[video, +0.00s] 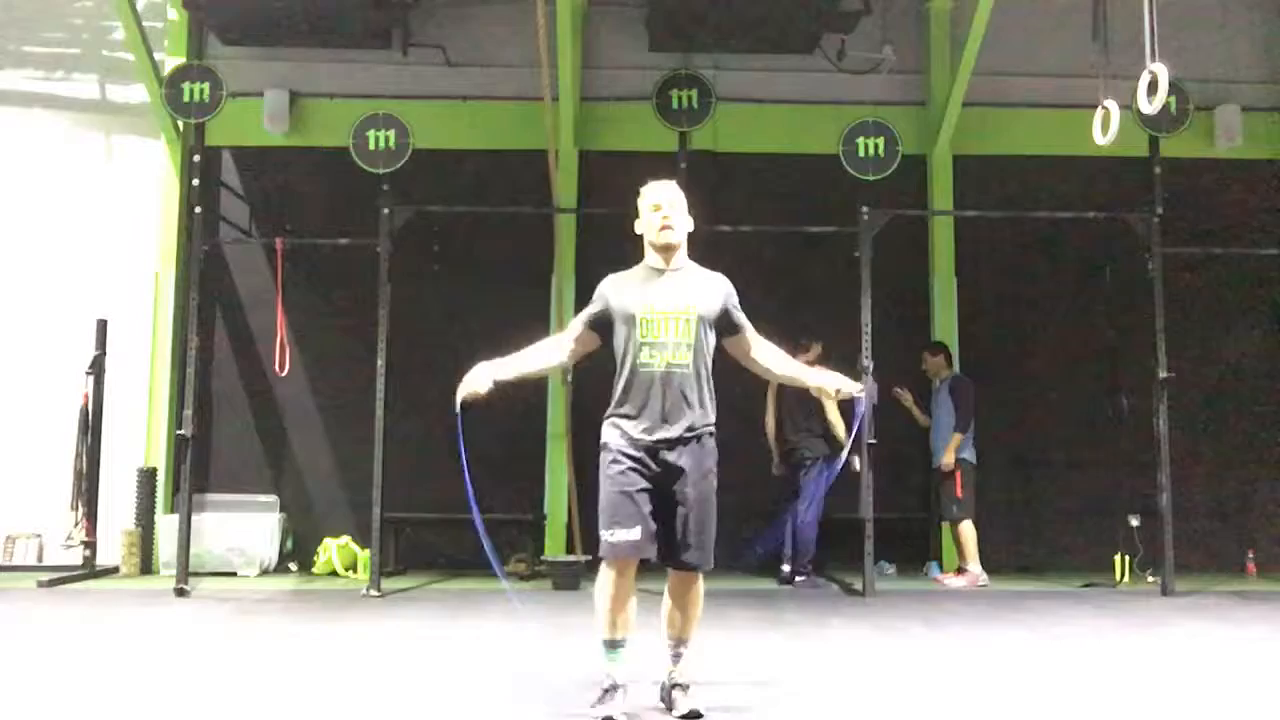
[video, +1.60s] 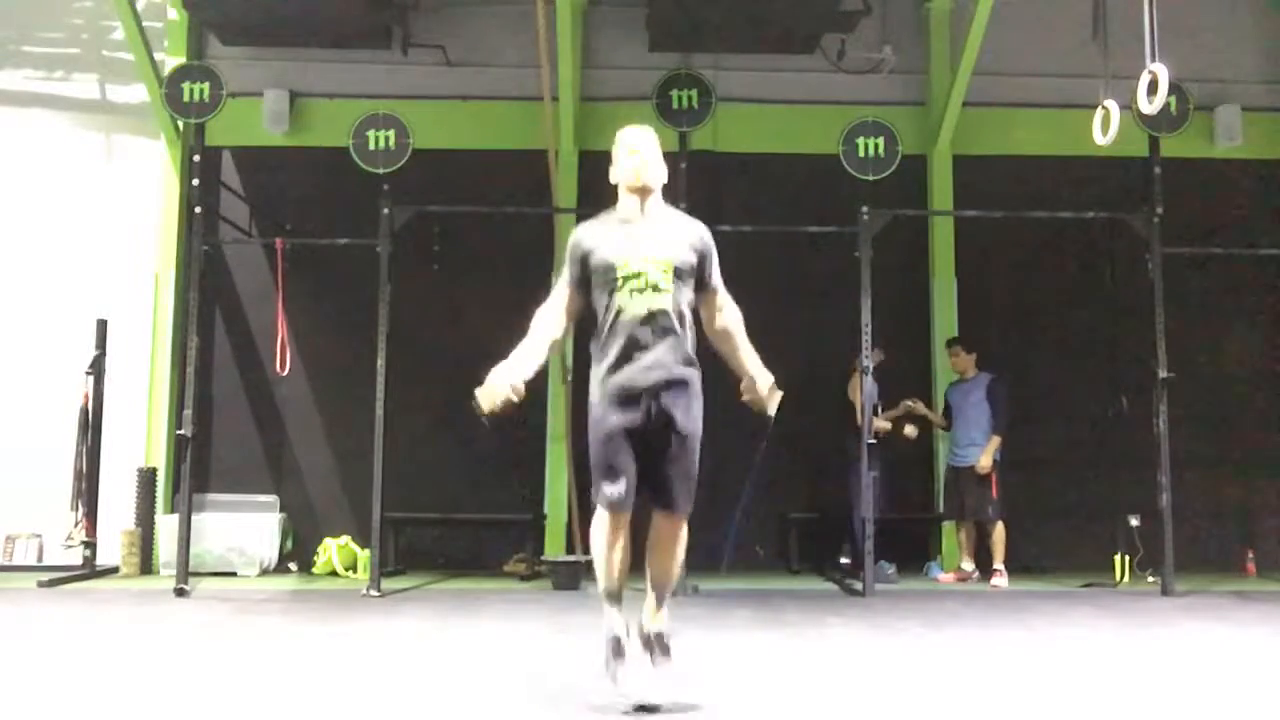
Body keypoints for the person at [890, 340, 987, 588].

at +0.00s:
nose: (924, 366)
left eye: (927, 360)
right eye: (923, 361)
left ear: (941, 358)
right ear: (936, 361)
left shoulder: (959, 384)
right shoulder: (937, 389)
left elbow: (964, 421)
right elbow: (929, 423)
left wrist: (950, 450)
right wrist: (911, 405)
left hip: (958, 457)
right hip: (942, 459)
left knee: (961, 515)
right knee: (952, 516)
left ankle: (974, 569)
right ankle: (965, 567)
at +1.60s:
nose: (952, 361)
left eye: (956, 356)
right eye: (950, 356)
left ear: (972, 356)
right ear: (951, 359)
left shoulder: (991, 384)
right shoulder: (952, 390)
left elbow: (1000, 423)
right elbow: (947, 424)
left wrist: (988, 453)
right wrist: (925, 411)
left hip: (983, 460)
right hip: (957, 463)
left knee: (991, 517)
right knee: (962, 517)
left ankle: (998, 569)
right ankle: (967, 567)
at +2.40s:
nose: (945, 364)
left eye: (948, 358)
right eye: (944, 358)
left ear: (963, 357)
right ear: (953, 359)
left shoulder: (990, 384)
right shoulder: (950, 389)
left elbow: (999, 425)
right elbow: (945, 423)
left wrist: (983, 459)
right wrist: (915, 440)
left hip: (985, 462)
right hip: (956, 463)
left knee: (992, 517)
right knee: (953, 518)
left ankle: (998, 568)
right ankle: (954, 573)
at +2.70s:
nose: (920, 361)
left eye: (924, 355)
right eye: (920, 356)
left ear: (939, 355)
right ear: (934, 357)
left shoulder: (967, 381)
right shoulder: (924, 387)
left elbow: (982, 417)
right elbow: (921, 424)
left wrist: (957, 443)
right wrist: (912, 458)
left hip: (960, 459)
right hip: (931, 460)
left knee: (968, 514)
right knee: (940, 518)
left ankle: (993, 560)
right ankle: (952, 572)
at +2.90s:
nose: (905, 361)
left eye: (909, 355)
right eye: (904, 356)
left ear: (924, 353)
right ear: (911, 358)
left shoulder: (951, 380)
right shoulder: (910, 387)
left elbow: (967, 418)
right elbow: (907, 423)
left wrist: (955, 450)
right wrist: (895, 451)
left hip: (943, 458)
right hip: (920, 459)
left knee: (936, 513)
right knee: (928, 515)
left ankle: (960, 562)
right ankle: (947, 571)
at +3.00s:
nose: (898, 361)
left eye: (902, 355)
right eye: (896, 356)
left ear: (916, 353)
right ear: (900, 359)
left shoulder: (940, 380)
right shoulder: (902, 388)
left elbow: (964, 414)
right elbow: (898, 423)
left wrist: (956, 448)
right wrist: (886, 449)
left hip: (937, 456)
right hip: (914, 458)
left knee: (922, 512)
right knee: (932, 516)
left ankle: (931, 572)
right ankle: (951, 569)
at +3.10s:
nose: (891, 363)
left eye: (894, 357)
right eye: (888, 359)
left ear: (907, 356)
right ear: (890, 362)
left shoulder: (932, 381)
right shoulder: (894, 388)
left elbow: (961, 411)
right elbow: (891, 423)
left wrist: (957, 446)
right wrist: (877, 446)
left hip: (930, 458)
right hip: (909, 459)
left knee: (913, 515)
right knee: (930, 517)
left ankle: (900, 574)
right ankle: (951, 570)